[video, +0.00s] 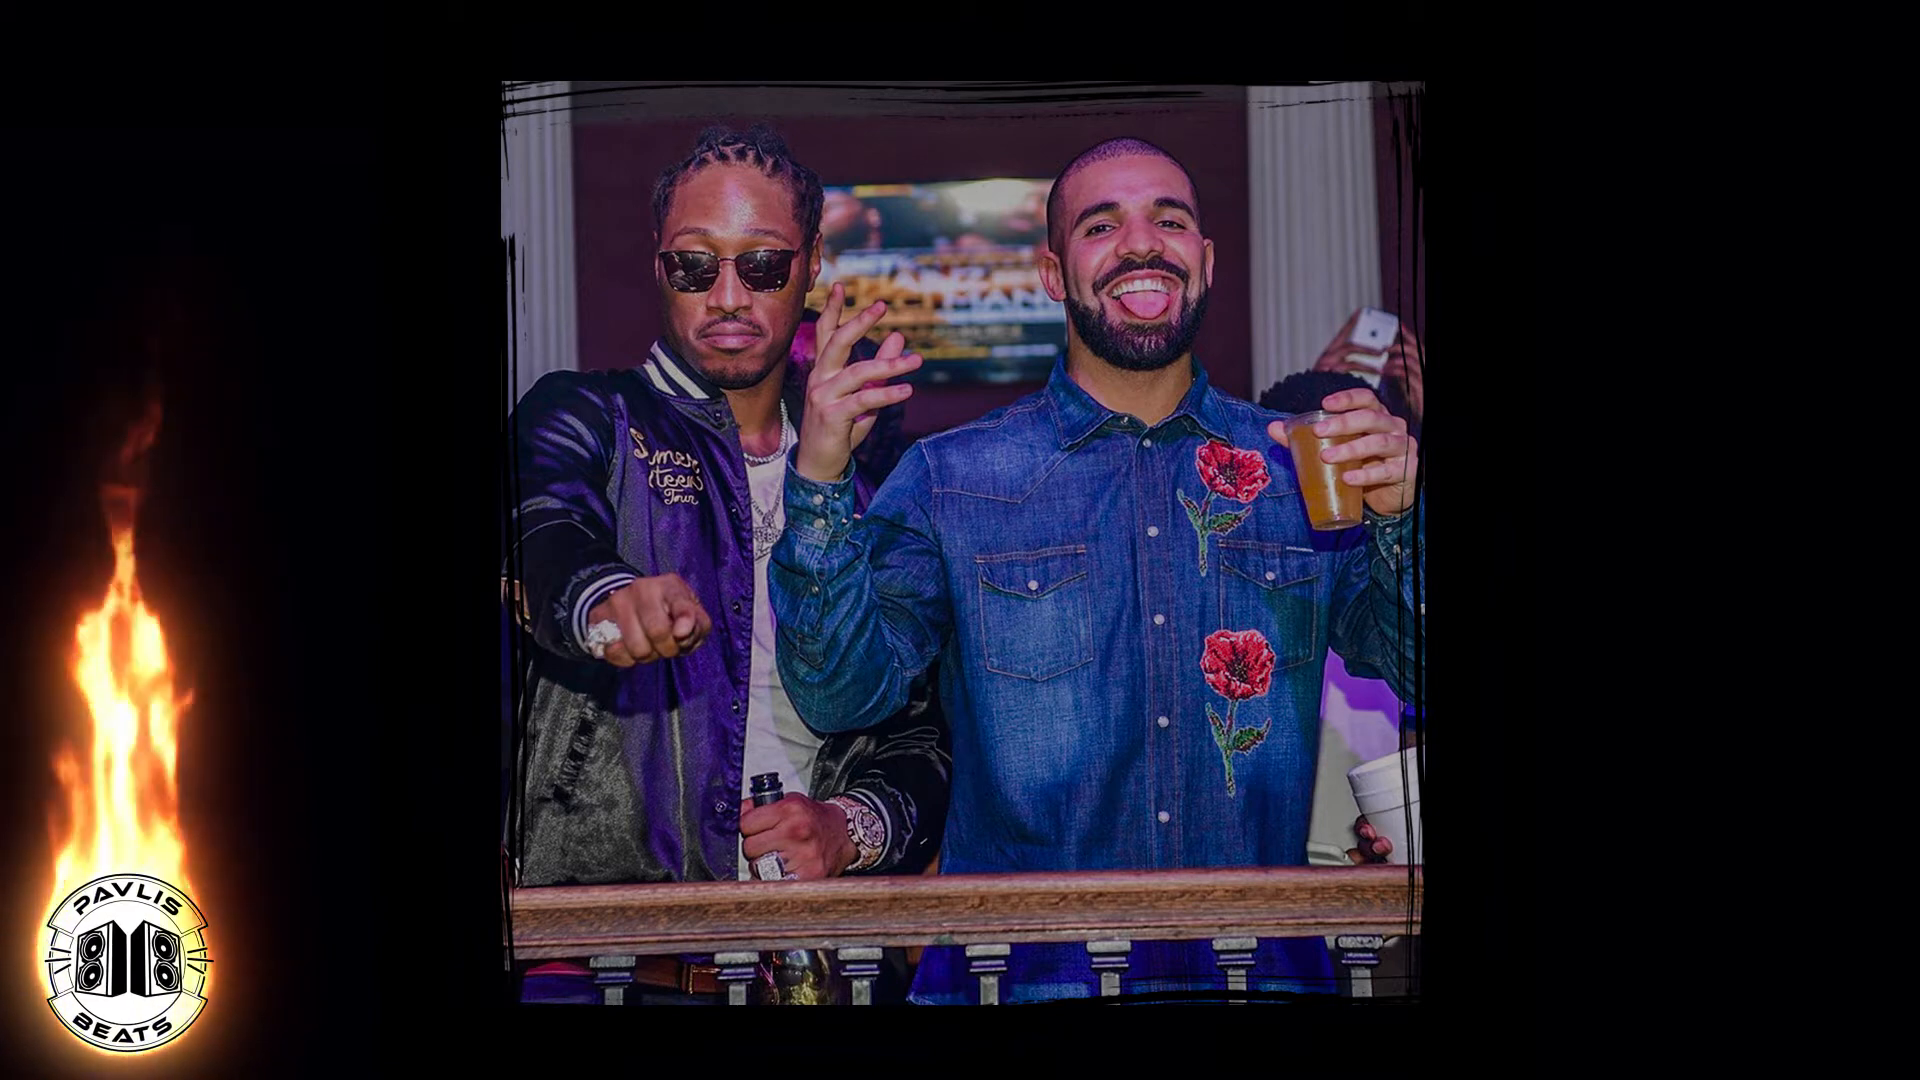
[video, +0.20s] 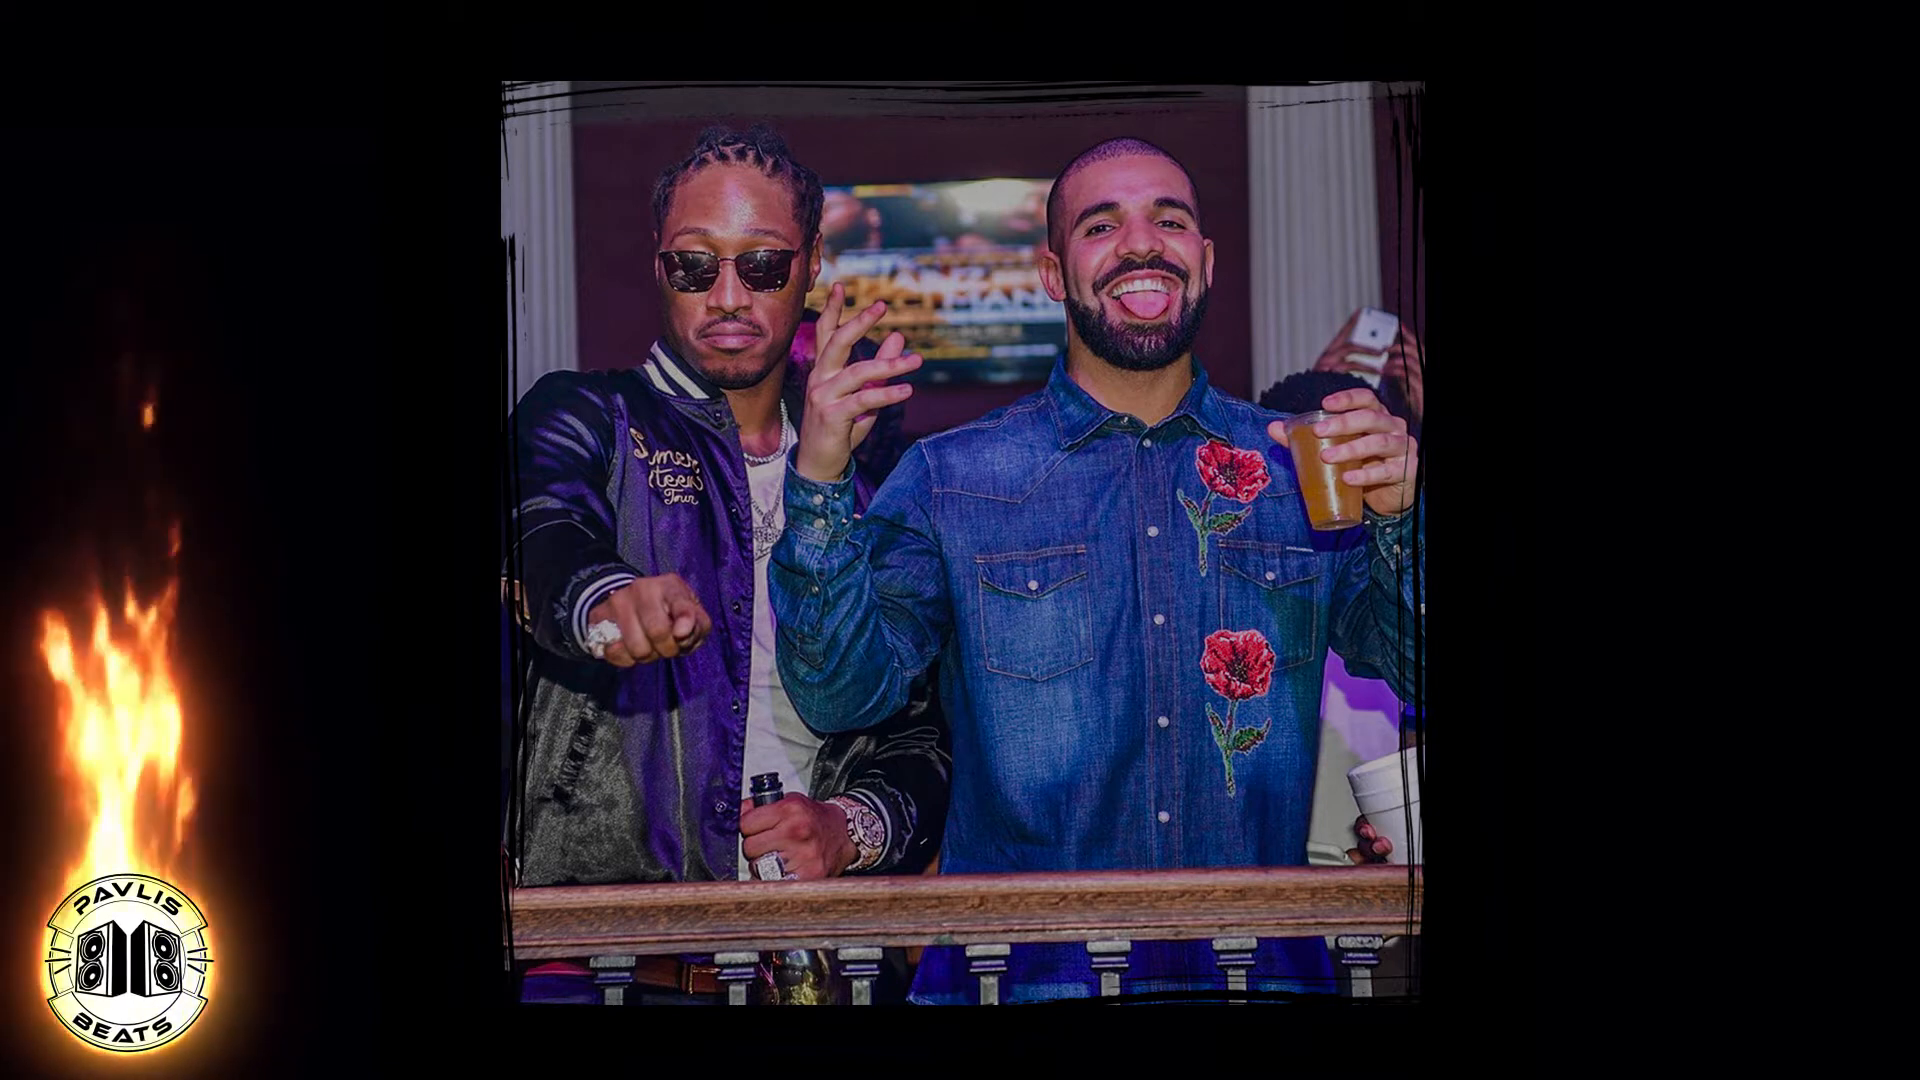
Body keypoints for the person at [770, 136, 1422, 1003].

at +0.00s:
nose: (1142, 242)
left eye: (1170, 219)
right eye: (1102, 225)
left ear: (1207, 259)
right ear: (1055, 273)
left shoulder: (1304, 469)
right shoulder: (945, 478)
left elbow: (1413, 673)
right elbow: (840, 692)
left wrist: (1402, 516)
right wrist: (818, 475)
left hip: (1255, 955)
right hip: (1022, 963)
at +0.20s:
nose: (1142, 242)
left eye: (1170, 219)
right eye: (1102, 225)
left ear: (1207, 259)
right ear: (1055, 273)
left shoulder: (1304, 469)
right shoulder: (945, 478)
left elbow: (1413, 673)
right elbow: (840, 692)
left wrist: (1402, 516)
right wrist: (818, 475)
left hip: (1255, 955)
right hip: (1022, 963)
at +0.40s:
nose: (1142, 242)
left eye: (1170, 219)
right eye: (1102, 225)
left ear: (1207, 259)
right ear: (1055, 273)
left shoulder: (1304, 469)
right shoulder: (945, 478)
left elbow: (1413, 673)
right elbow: (840, 692)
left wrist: (1402, 516)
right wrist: (818, 475)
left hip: (1255, 955)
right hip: (1022, 963)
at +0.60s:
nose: (1142, 242)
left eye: (1170, 219)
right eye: (1102, 225)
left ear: (1207, 259)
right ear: (1055, 273)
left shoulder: (1304, 469)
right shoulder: (945, 478)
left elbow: (1413, 673)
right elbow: (840, 692)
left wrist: (1402, 516)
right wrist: (818, 475)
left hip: (1255, 955)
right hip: (1022, 963)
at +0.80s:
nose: (1142, 242)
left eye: (1170, 219)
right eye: (1102, 225)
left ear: (1207, 259)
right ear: (1055, 273)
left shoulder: (1304, 469)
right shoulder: (945, 478)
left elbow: (1413, 673)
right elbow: (840, 692)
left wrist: (1402, 516)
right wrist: (818, 475)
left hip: (1255, 955)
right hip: (1022, 963)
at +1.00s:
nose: (1142, 242)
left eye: (1170, 219)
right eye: (1102, 225)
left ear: (1207, 259)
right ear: (1055, 273)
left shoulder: (1304, 469)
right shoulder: (945, 478)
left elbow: (1413, 673)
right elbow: (840, 692)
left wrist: (1402, 516)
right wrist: (818, 475)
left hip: (1255, 955)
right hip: (1022, 963)